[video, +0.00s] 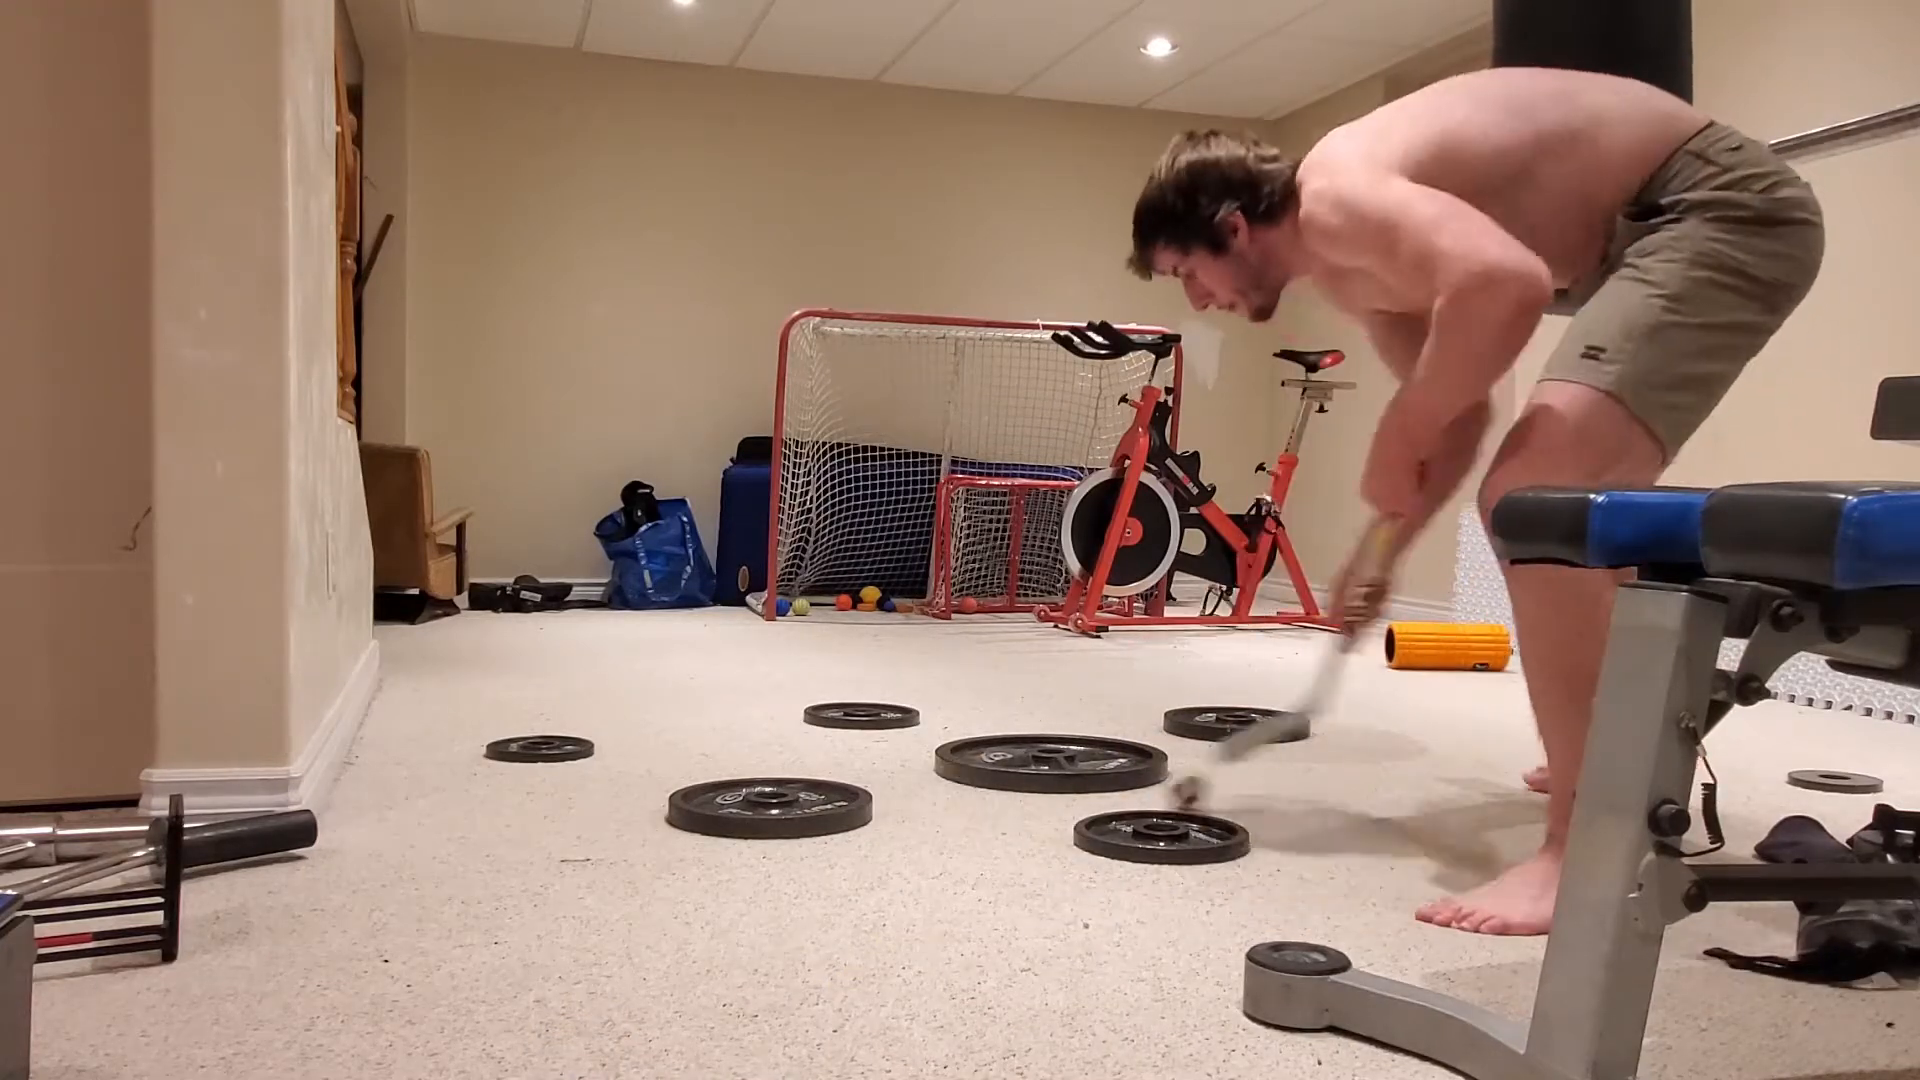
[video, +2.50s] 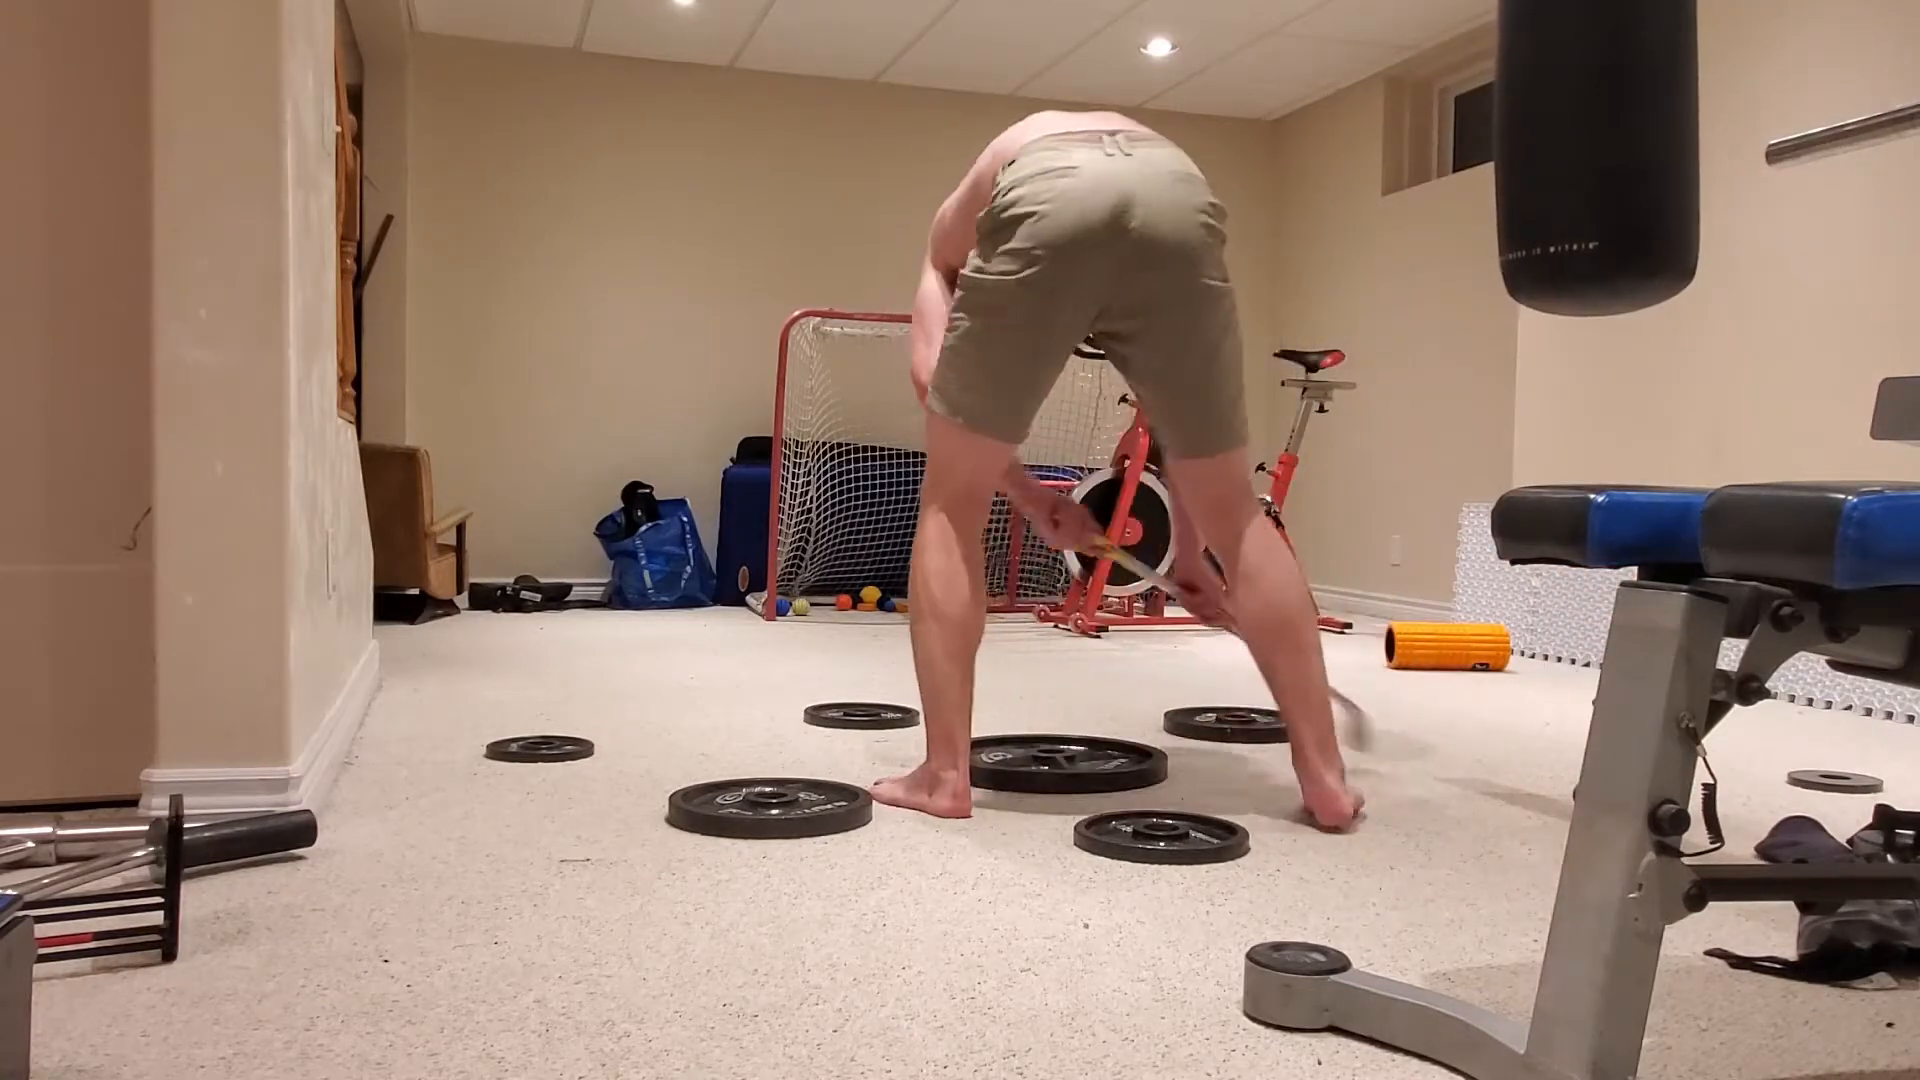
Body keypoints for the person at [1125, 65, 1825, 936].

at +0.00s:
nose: (1201, 303)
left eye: (1189, 278)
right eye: (1184, 290)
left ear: (1228, 226)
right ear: (1237, 228)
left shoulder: (1335, 202)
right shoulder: (1351, 269)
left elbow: (1505, 283)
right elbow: (1458, 411)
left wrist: (1407, 431)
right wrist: (1380, 549)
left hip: (1719, 207)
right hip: (1658, 231)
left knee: (1540, 492)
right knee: (1529, 491)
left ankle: (1579, 849)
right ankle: (1607, 748)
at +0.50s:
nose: (1306, 367)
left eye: (1287, 348)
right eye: (1288, 359)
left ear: (1304, 301)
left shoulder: (1352, 249)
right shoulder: (1461, 321)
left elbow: (1436, 307)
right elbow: (1509, 473)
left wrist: (1444, 495)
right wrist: (1429, 608)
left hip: (1688, 230)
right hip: (1732, 243)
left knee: (1517, 491)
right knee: (1602, 512)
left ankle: (1482, 817)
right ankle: (1647, 762)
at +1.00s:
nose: (1125, 324)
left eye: (1113, 300)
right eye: (1108, 313)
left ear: (1146, 250)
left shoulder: (1252, 197)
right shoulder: (1258, 339)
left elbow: (1373, 293)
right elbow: (1261, 499)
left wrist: (1272, 484)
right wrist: (1159, 608)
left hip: (1585, 249)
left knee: (1379, 514)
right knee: (1464, 544)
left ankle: (1459, 834)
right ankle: (1637, 736)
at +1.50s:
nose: (1009, 320)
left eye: (1001, 297)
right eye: (997, 306)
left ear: (1035, 262)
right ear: (1040, 268)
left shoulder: (1126, 251)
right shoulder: (1124, 317)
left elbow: (1199, 415)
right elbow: (1115, 463)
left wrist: (1115, 533)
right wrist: (1009, 568)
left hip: (1404, 278)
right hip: (1339, 317)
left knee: (1334, 523)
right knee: (1230, 504)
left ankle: (1439, 805)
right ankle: (1256, 720)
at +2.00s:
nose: (990, 312)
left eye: (974, 297)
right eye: (977, 304)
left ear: (973, 259)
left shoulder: (1008, 227)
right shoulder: (1109, 296)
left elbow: (1037, 329)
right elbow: (1118, 401)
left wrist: (1027, 493)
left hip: (1255, 263)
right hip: (1324, 286)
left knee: (1085, 478)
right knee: (1189, 506)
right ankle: (1258, 721)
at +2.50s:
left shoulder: (952, 233)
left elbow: (931, 376)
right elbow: (1186, 395)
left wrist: (1034, 502)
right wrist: (1189, 560)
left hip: (1043, 195)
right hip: (1175, 183)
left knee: (953, 508)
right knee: (1238, 520)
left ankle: (945, 771)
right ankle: (1325, 780)